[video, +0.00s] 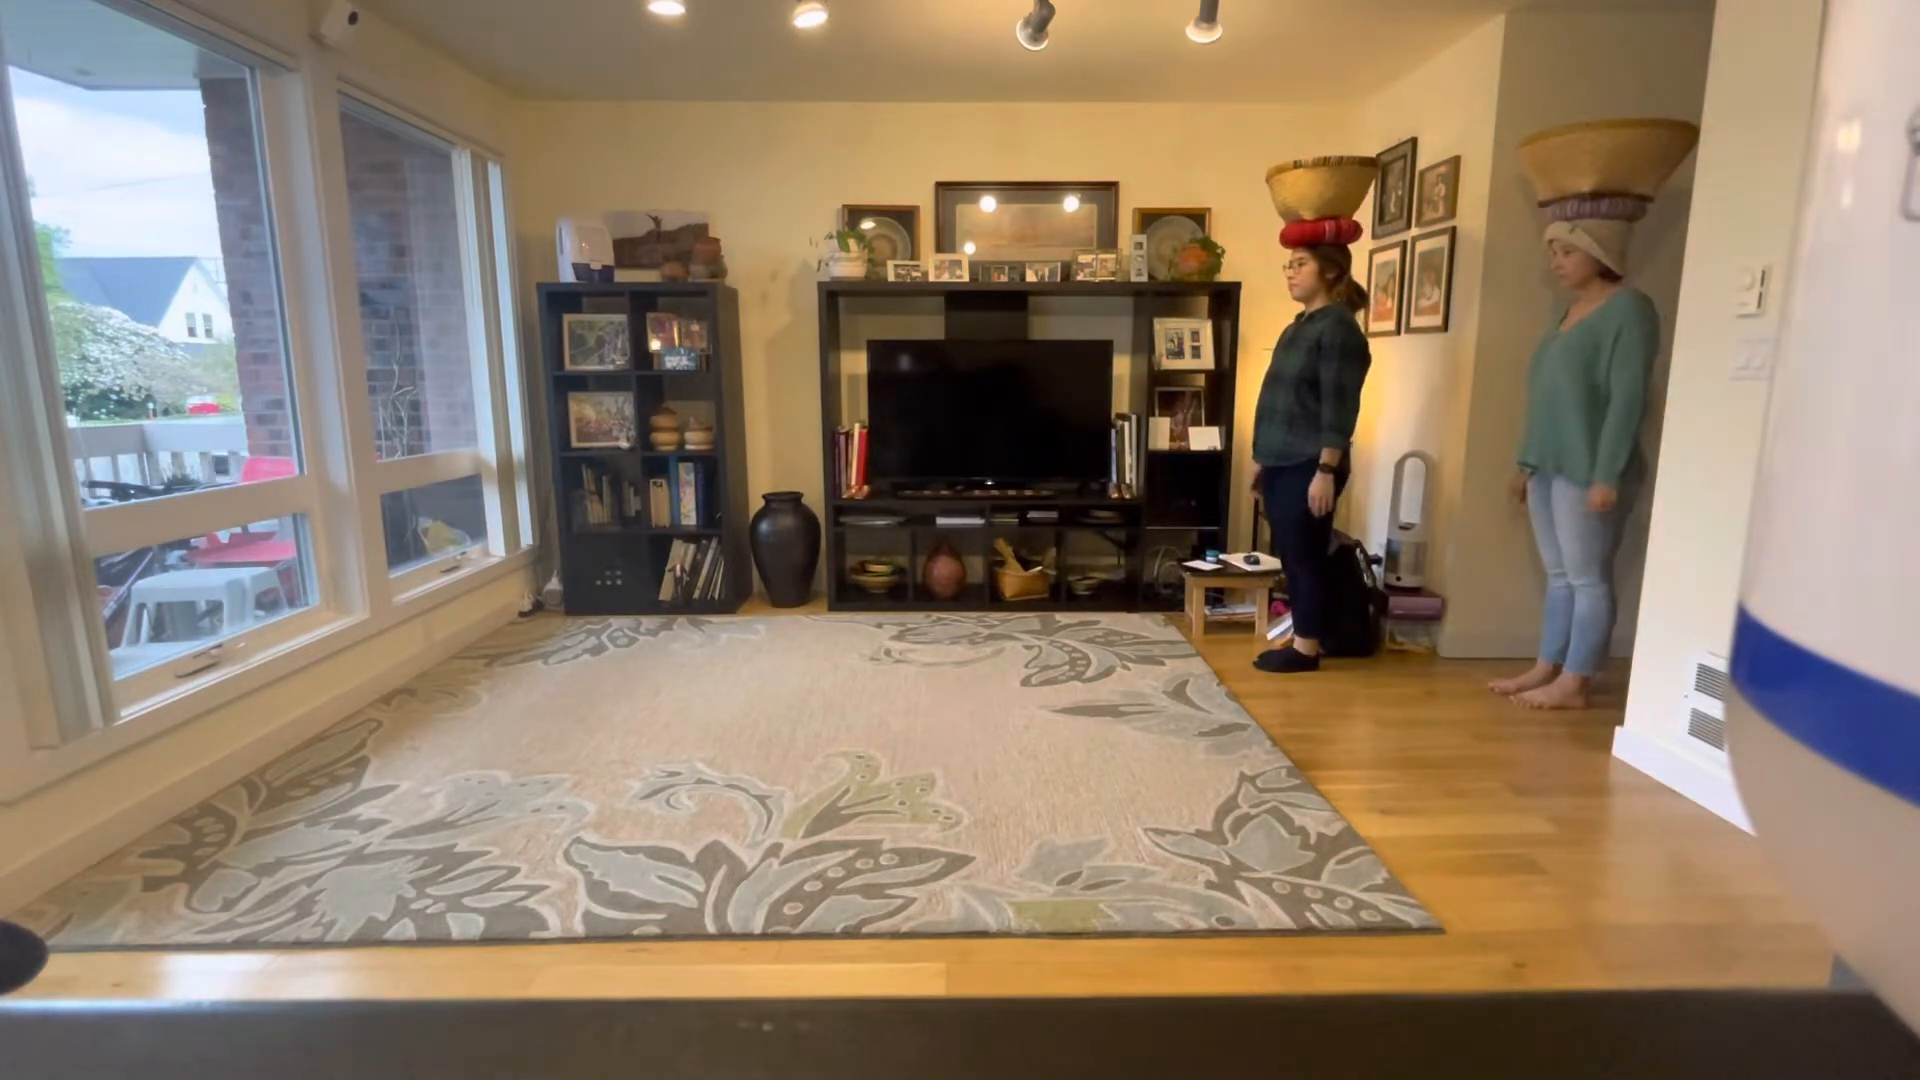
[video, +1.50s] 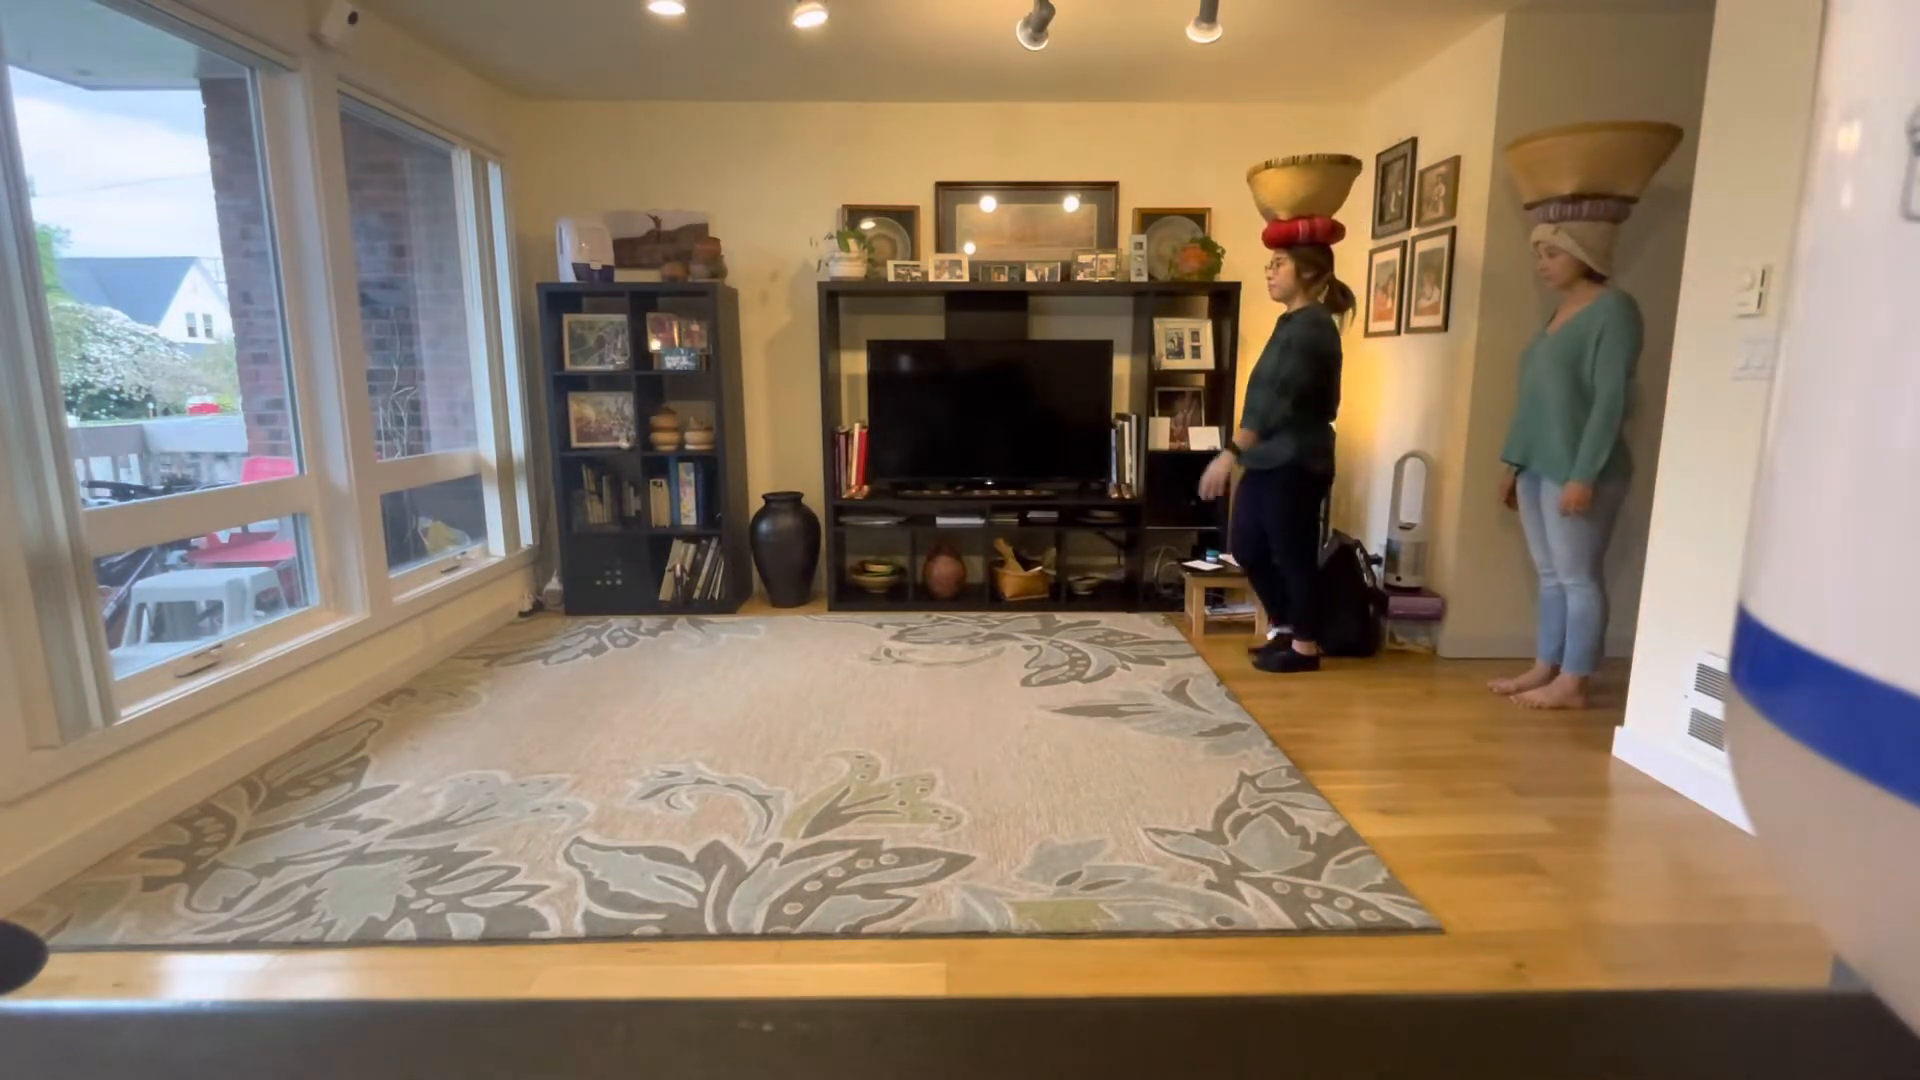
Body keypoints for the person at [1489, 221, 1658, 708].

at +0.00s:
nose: (1557, 262)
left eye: (1566, 252)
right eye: (1554, 253)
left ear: (1599, 256)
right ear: (1556, 259)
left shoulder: (1630, 309)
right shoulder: (1571, 313)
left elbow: (1627, 397)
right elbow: (1547, 398)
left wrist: (1607, 473)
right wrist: (1525, 464)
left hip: (1588, 467)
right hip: (1546, 464)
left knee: (1586, 577)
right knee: (1558, 574)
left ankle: (1575, 682)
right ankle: (1546, 667)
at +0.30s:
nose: (1558, 263)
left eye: (1568, 252)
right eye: (1555, 253)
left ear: (1600, 255)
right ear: (1557, 260)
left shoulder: (1631, 309)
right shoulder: (1572, 312)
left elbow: (1629, 399)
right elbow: (1548, 395)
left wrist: (1603, 474)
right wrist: (1528, 463)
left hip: (1589, 466)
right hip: (1547, 463)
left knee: (1586, 577)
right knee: (1559, 574)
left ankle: (1574, 682)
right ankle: (1546, 667)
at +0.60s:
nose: (1557, 262)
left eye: (1567, 252)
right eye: (1555, 253)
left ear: (1600, 255)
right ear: (1557, 259)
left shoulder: (1631, 309)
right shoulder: (1571, 312)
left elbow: (1627, 399)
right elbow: (1546, 398)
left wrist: (1600, 476)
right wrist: (1522, 464)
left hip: (1590, 467)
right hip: (1547, 465)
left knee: (1587, 577)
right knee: (1559, 574)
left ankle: (1574, 682)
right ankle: (1546, 667)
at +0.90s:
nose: (1554, 263)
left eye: (1564, 253)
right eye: (1551, 254)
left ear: (1596, 255)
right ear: (1553, 259)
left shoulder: (1626, 310)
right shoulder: (1568, 314)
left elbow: (1622, 400)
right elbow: (1542, 398)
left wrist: (1596, 476)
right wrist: (1521, 463)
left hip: (1588, 468)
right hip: (1545, 465)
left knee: (1585, 577)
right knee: (1557, 573)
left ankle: (1574, 682)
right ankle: (1547, 667)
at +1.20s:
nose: (1547, 263)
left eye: (1557, 253)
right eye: (1545, 254)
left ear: (1589, 254)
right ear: (1551, 259)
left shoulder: (1620, 310)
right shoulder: (1564, 314)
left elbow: (1615, 400)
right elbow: (1537, 398)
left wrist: (1588, 475)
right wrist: (1516, 463)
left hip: (1584, 469)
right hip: (1541, 466)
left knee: (1581, 577)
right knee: (1554, 573)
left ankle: (1574, 682)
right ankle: (1547, 667)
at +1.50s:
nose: (1542, 264)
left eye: (1550, 254)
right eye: (1539, 255)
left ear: (1583, 255)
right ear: (1547, 260)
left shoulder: (1613, 310)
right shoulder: (1560, 313)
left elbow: (1610, 401)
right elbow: (1535, 398)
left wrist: (1584, 476)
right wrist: (1512, 463)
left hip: (1579, 468)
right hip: (1537, 466)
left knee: (1577, 577)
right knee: (1550, 574)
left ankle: (1573, 682)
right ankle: (1546, 667)